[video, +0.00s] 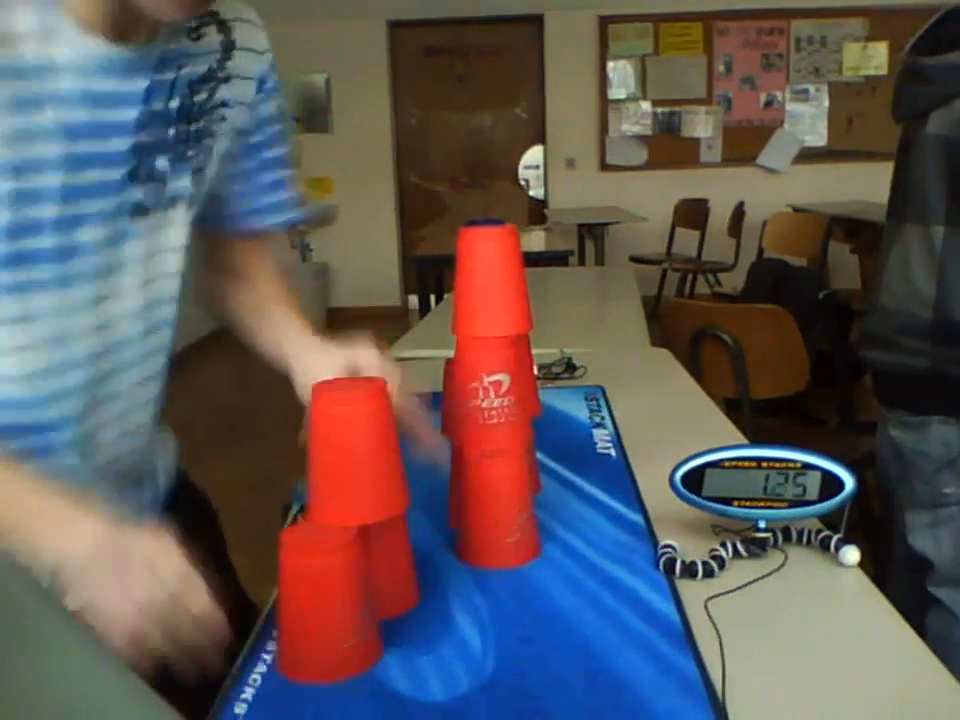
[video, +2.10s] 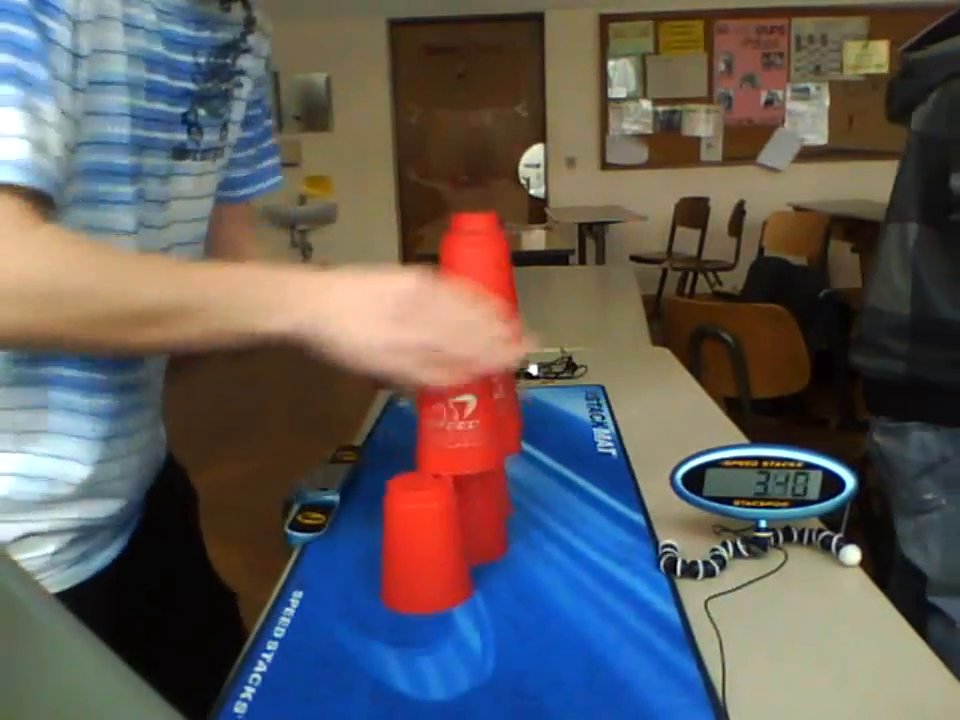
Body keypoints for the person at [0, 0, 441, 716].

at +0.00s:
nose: (198, 4)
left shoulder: (231, 45)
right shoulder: (15, 46)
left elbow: (234, 253)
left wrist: (308, 354)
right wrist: (79, 545)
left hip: (145, 498)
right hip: (20, 542)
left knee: (245, 682)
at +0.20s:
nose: (343, 12)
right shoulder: (145, 111)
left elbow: (242, 294)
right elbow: (213, 364)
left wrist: (404, 346)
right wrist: (405, 351)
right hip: (41, 542)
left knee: (253, 671)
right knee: (223, 700)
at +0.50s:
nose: (304, 6)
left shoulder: (231, 48)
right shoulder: (68, 50)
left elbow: (250, 268)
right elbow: (94, 361)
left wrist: (414, 332)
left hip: (151, 494)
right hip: (40, 550)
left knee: (287, 681)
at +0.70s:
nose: (312, 8)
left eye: (317, 0)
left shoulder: (232, 65)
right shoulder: (39, 46)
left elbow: (246, 283)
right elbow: (5, 332)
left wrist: (399, 350)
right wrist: (269, 410)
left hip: (163, 505)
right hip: (42, 557)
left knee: (287, 696)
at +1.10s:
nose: (340, 4)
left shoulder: (189, 52)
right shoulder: (61, 36)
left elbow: (162, 255)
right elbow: (80, 334)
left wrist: (338, 326)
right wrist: (341, 378)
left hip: (124, 475)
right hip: (38, 531)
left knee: (257, 679)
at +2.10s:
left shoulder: (235, 35)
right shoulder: (35, 18)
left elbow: (229, 259)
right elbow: (7, 264)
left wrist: (381, 333)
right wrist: (314, 306)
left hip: (142, 503)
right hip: (25, 556)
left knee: (233, 698)